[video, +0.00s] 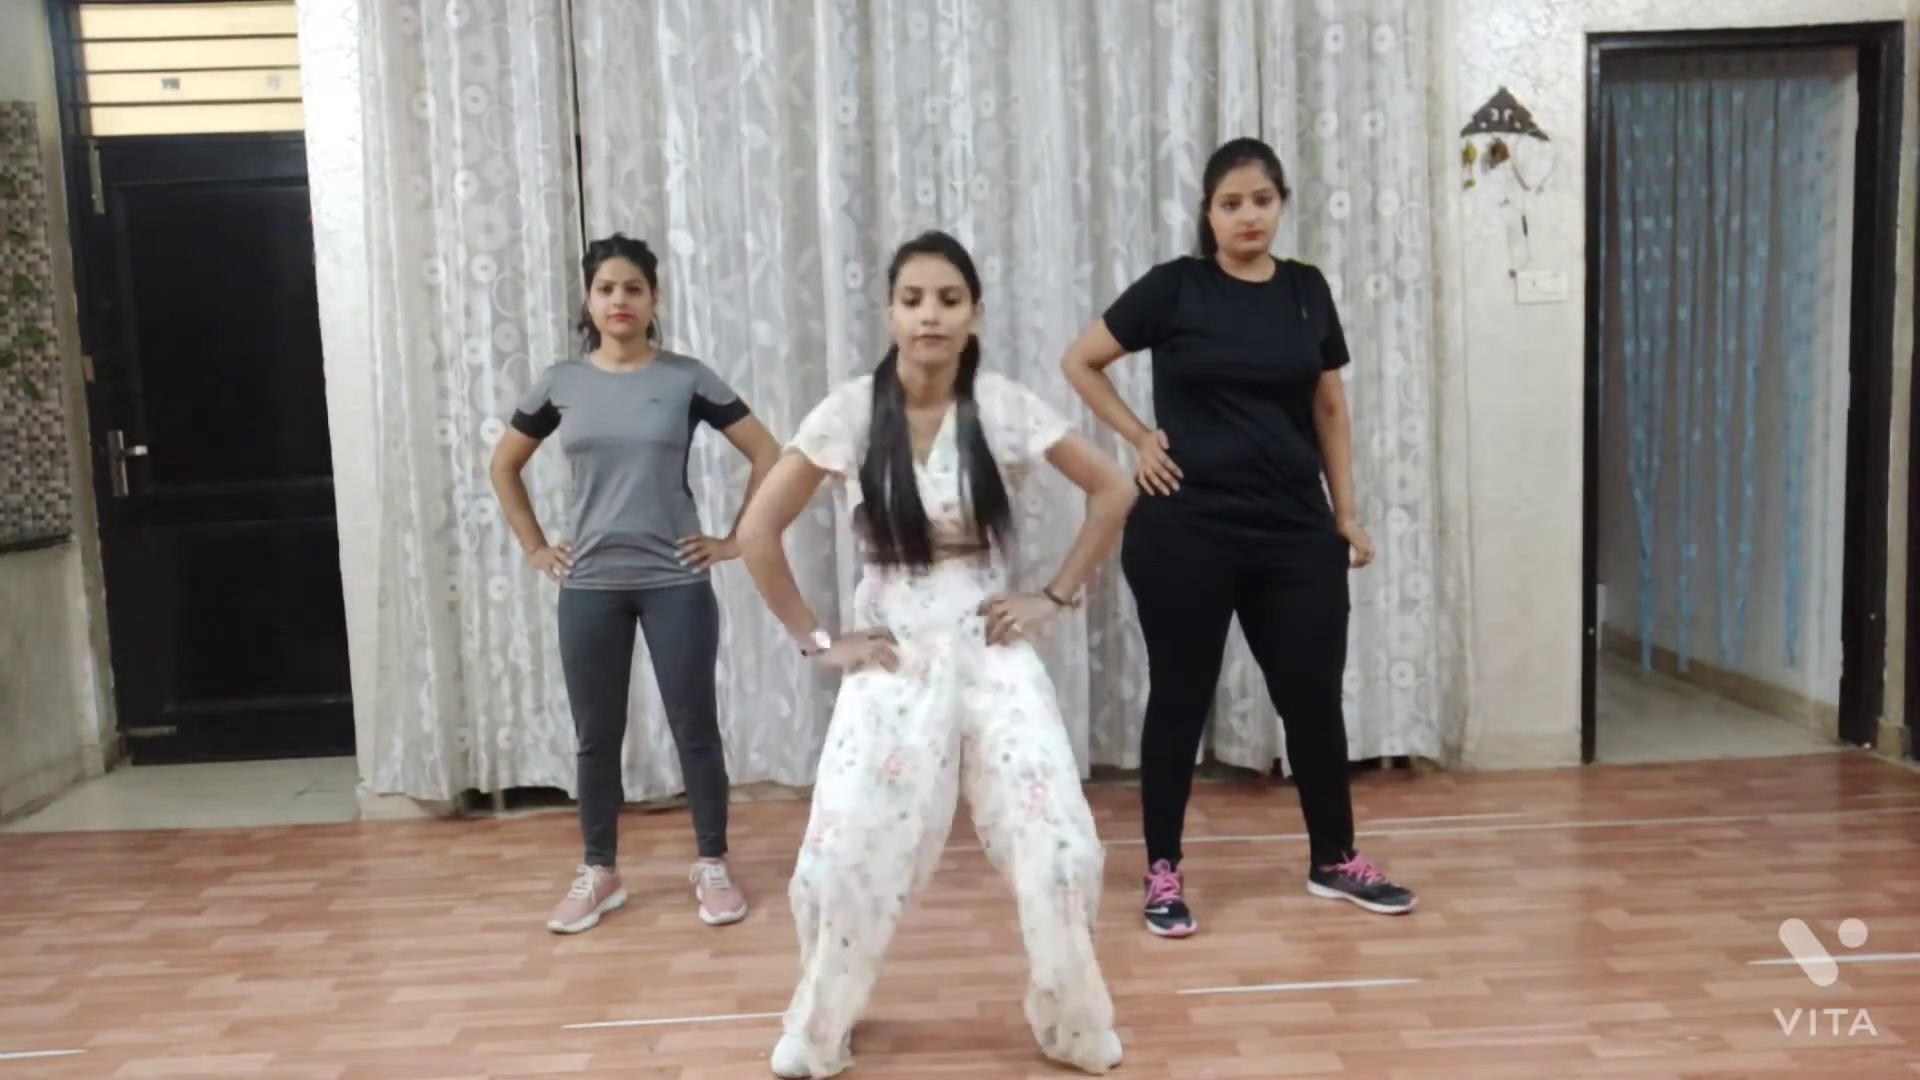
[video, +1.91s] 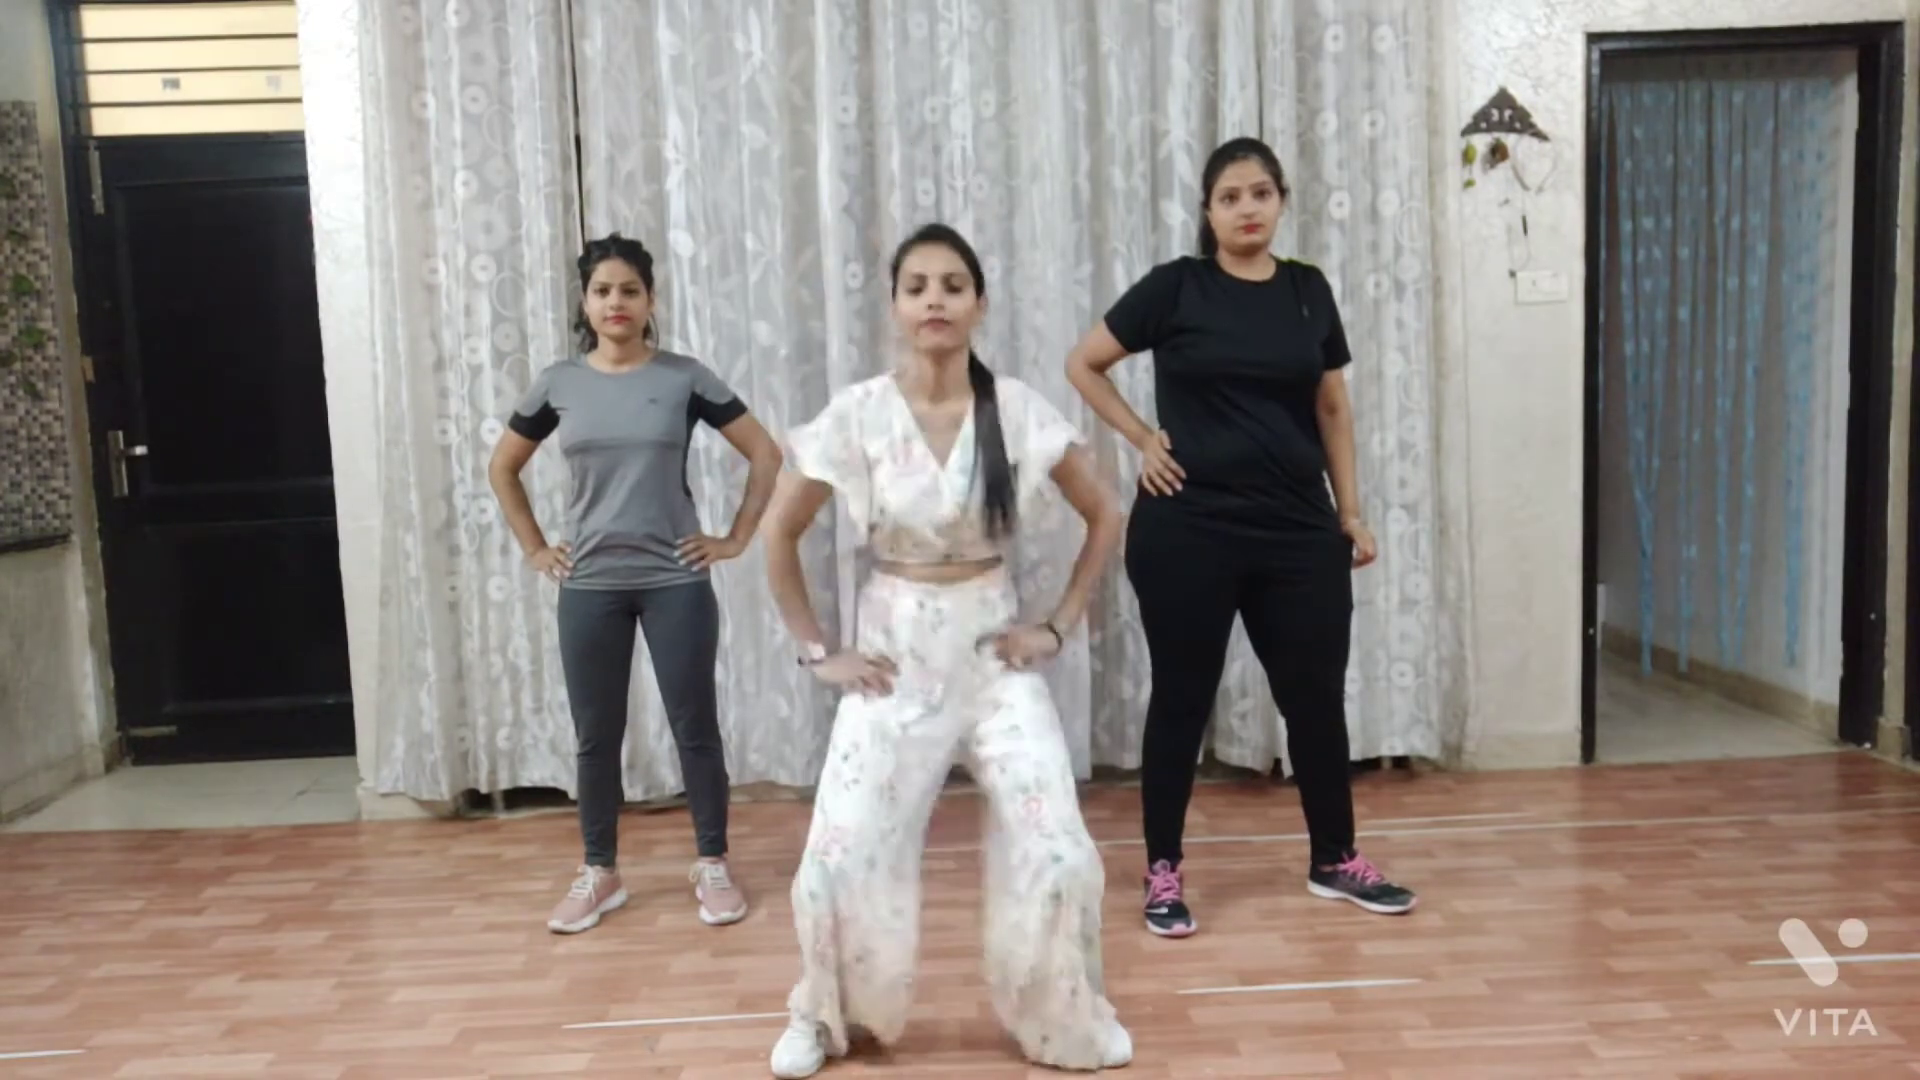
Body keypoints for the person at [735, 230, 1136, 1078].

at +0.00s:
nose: (929, 317)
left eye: (948, 301)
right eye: (912, 300)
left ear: (974, 314)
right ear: (890, 313)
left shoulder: (1004, 405)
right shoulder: (850, 413)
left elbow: (1115, 489)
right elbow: (755, 535)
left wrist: (1055, 597)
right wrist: (818, 642)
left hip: (997, 656)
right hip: (888, 664)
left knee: (1061, 846)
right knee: (838, 856)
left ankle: (1075, 1027)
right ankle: (816, 1036)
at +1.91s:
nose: (935, 302)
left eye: (952, 286)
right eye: (917, 287)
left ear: (979, 304)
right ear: (893, 306)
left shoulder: (1016, 411)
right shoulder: (854, 417)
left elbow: (1107, 516)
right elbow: (776, 535)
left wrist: (1056, 629)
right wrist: (820, 652)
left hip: (1001, 653)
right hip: (890, 657)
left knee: (1061, 849)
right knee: (836, 854)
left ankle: (1066, 1017)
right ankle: (820, 1016)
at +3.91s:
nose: (921, 265)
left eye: (939, 248)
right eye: (904, 249)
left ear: (967, 266)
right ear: (880, 265)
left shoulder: (1004, 380)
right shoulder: (840, 380)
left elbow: (1077, 480)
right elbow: (773, 499)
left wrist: (1052, 593)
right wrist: (809, 616)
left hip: (995, 630)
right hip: (884, 634)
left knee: (1050, 821)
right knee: (832, 825)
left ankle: (1076, 1005)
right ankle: (811, 1007)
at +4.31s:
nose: (916, 224)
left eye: (934, 209)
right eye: (899, 213)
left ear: (967, 228)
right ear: (877, 238)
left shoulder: (1007, 344)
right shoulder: (847, 347)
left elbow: (1053, 446)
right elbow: (763, 448)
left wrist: (1087, 523)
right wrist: (704, 520)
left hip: (971, 601)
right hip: (867, 593)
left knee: (990, 812)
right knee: (797, 791)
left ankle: (949, 1006)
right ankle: (775, 1007)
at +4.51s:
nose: (927, 230)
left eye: (944, 215)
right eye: (908, 219)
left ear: (975, 236)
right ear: (887, 244)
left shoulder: (1021, 342)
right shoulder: (856, 349)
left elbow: (1120, 424)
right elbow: (738, 428)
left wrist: (1198, 494)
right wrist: (632, 491)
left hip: (975, 608)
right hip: (879, 600)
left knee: (991, 822)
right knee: (785, 798)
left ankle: (926, 1003)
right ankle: (662, 1013)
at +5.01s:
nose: (926, 238)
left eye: (944, 224)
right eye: (907, 228)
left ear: (974, 250)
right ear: (885, 256)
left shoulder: (1009, 341)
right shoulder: (864, 348)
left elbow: (1131, 372)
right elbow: (772, 378)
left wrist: (1248, 404)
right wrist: (675, 408)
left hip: (972, 606)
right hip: (871, 599)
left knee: (983, 823)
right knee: (768, 797)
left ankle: (948, 1030)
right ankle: (646, 1014)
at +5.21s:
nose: (933, 240)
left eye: (950, 227)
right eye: (916, 228)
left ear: (979, 247)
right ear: (891, 250)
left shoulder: (1005, 343)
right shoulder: (866, 341)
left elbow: (1072, 373)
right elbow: (812, 357)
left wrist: (1141, 405)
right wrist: (754, 380)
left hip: (971, 605)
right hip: (872, 596)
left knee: (986, 822)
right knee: (769, 789)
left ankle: (949, 1024)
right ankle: (646, 1010)